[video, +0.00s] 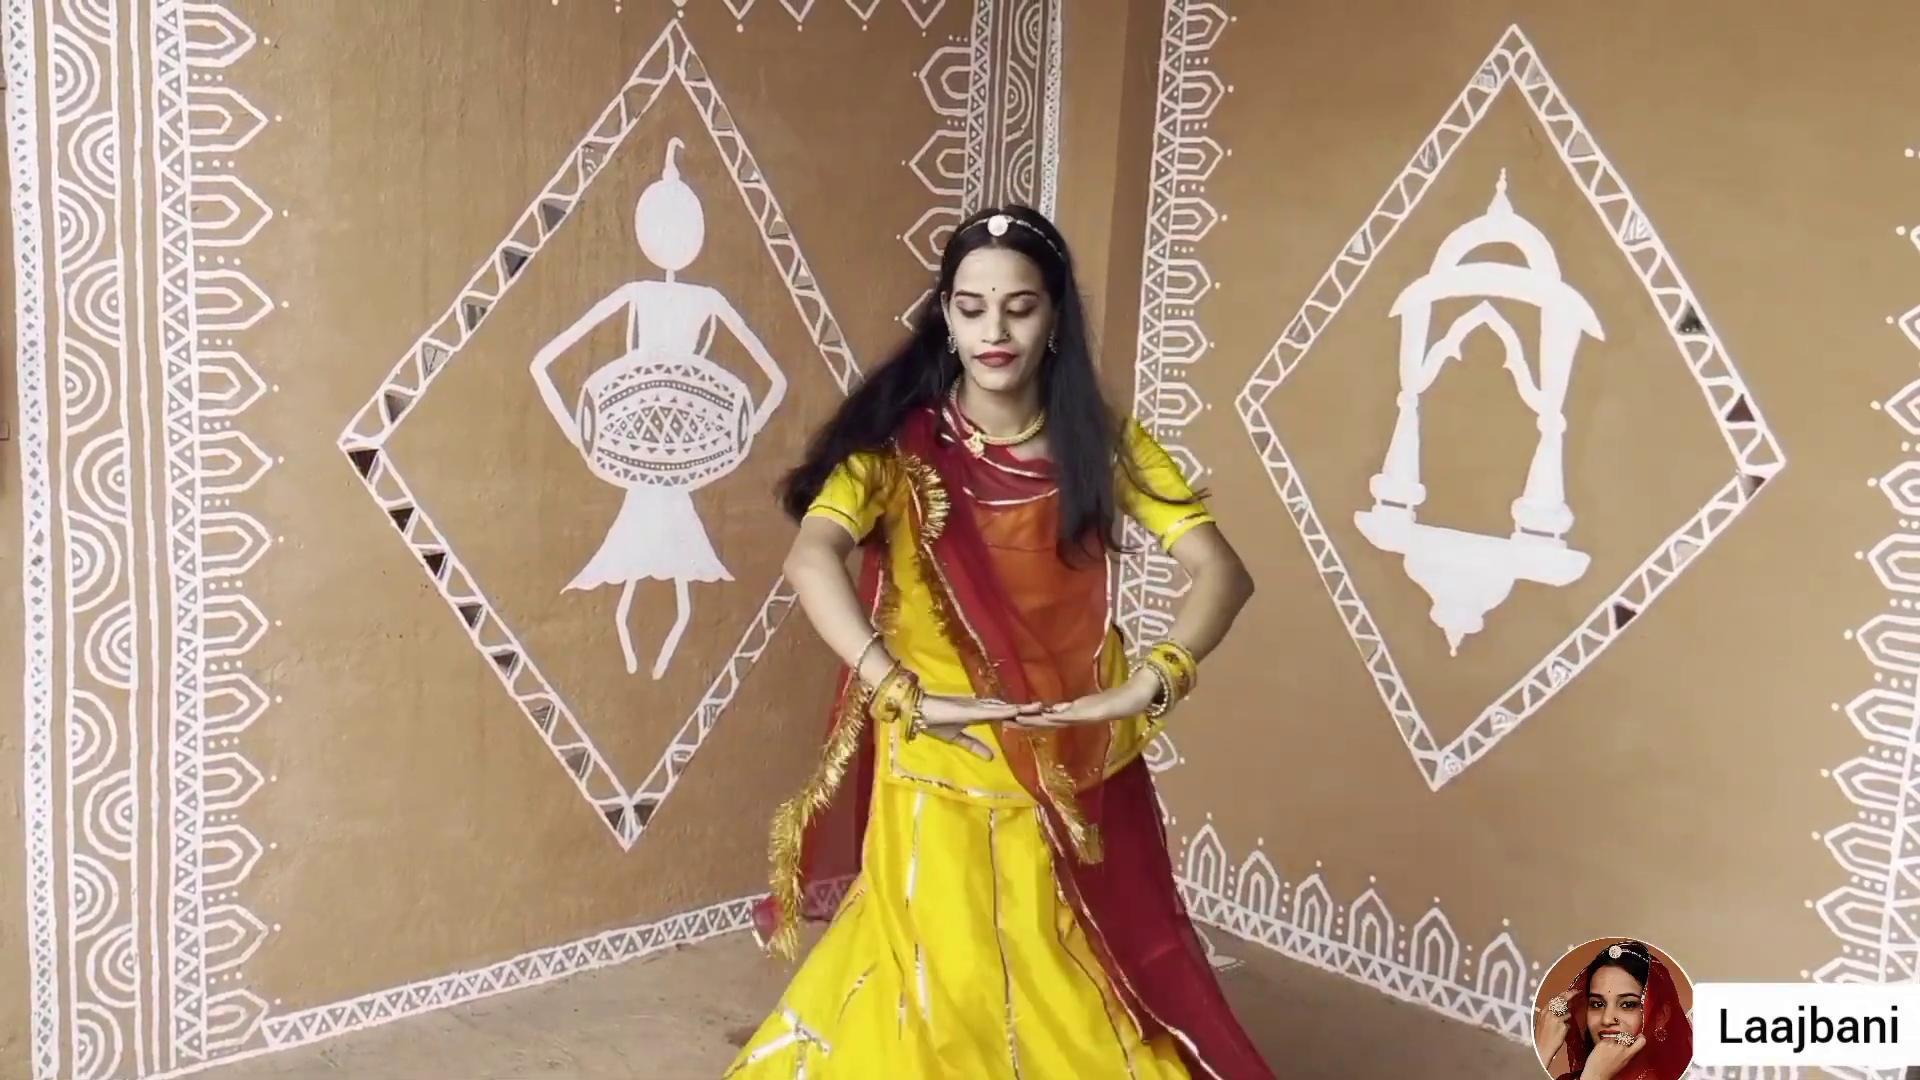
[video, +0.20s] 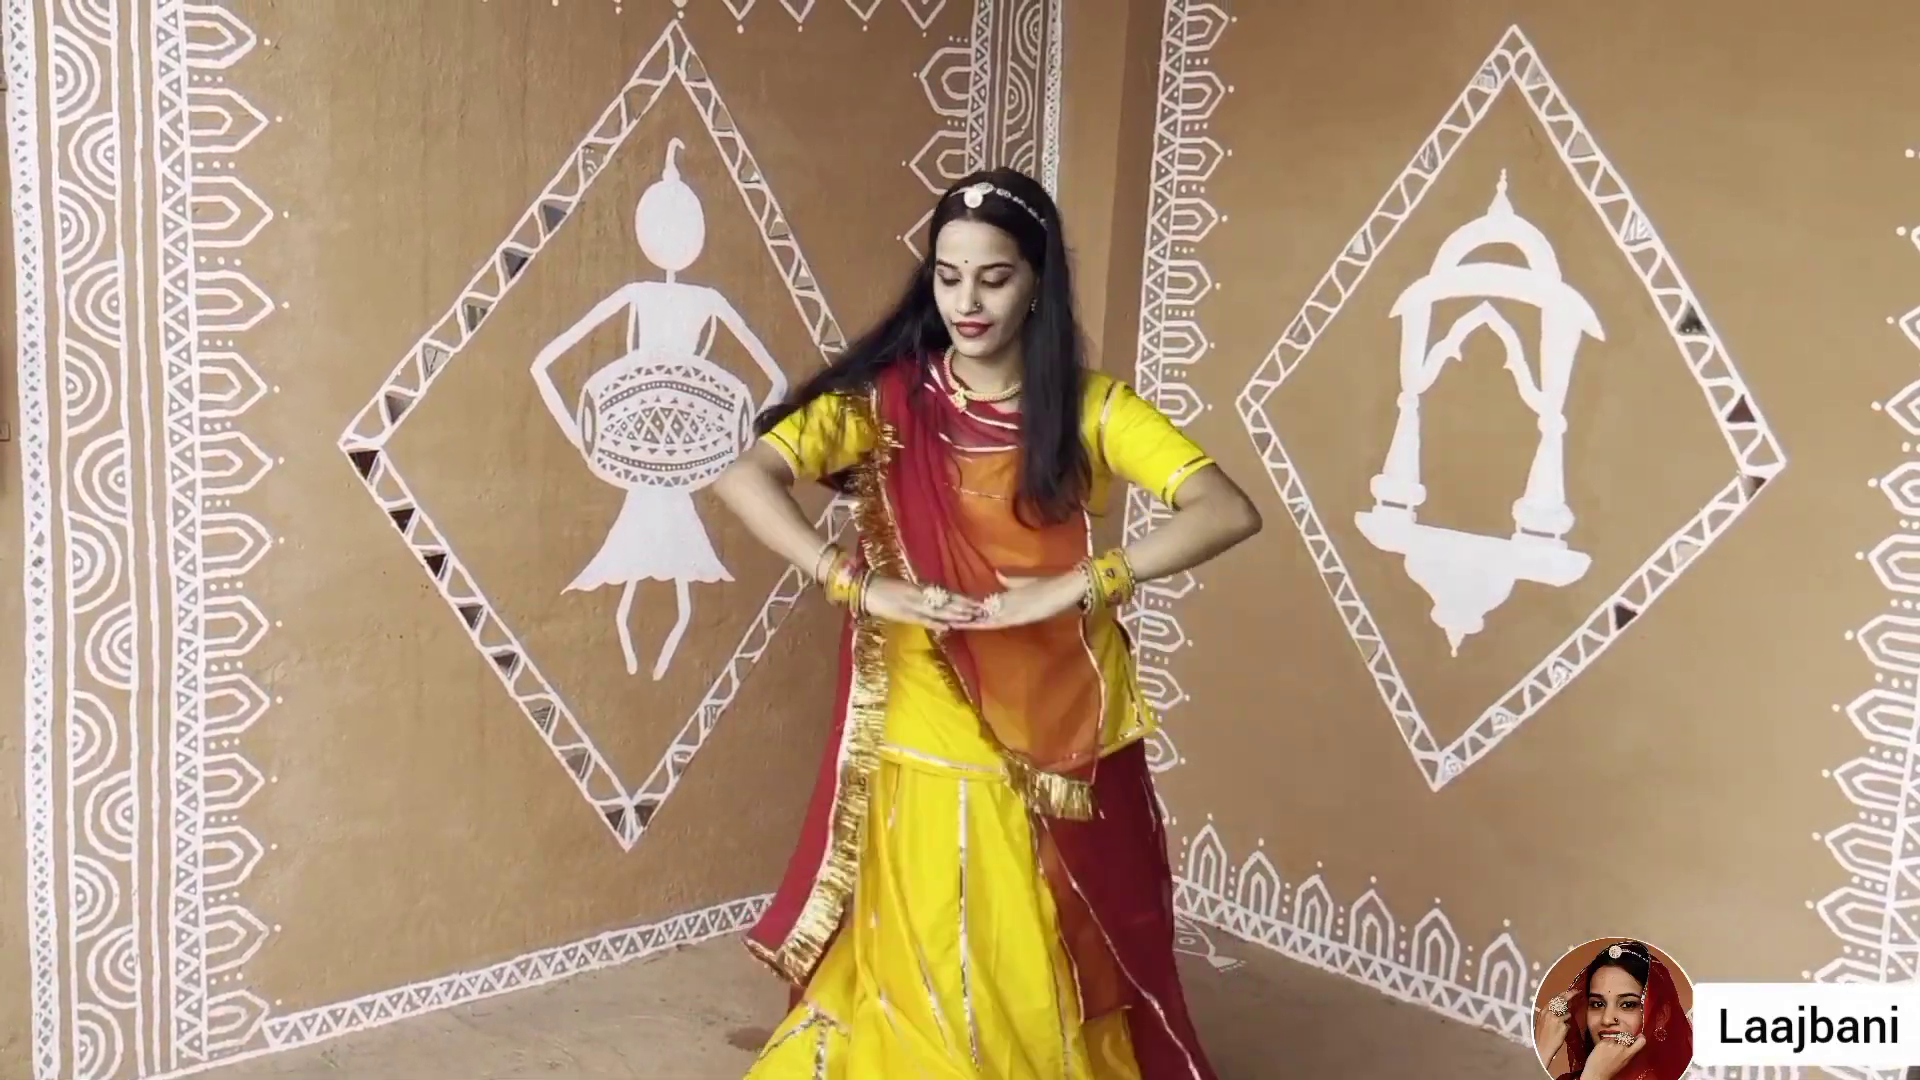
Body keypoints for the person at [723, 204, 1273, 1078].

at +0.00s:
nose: (994, 333)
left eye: (1019, 309)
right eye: (971, 309)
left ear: (1056, 316)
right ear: (946, 318)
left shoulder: (1102, 439)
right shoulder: (896, 442)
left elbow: (1221, 573)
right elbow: (811, 556)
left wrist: (1161, 674)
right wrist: (891, 682)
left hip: (1077, 769)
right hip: (939, 765)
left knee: (1090, 1010)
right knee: (950, 1005)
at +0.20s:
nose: (968, 301)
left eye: (994, 277)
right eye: (950, 277)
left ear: (1040, 282)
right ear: (930, 280)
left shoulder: (1087, 405)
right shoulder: (884, 399)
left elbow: (1226, 511)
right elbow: (742, 478)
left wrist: (1079, 585)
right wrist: (855, 585)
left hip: (1064, 728)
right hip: (924, 730)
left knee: (1063, 987)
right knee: (922, 980)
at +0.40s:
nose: (948, 269)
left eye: (972, 245)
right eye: (932, 245)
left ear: (1027, 243)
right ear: (916, 243)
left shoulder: (1070, 360)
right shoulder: (877, 349)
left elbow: (1205, 417)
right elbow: (723, 366)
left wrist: (1034, 435)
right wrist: (840, 412)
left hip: (1030, 700)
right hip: (891, 695)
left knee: (1029, 943)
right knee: (880, 931)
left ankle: (1032, 1066)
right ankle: (876, 1066)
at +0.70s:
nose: (887, 273)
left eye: (911, 253)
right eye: (879, 250)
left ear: (974, 257)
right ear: (873, 251)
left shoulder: (1011, 368)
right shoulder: (868, 358)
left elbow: (1054, 455)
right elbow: (732, 403)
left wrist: (909, 469)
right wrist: (783, 446)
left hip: (949, 702)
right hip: (845, 693)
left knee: (937, 944)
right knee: (822, 934)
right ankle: (822, 1061)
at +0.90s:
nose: (834, 285)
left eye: (859, 264)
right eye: (829, 262)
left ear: (924, 271)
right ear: (827, 264)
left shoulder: (963, 391)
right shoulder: (835, 389)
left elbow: (928, 518)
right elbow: (729, 474)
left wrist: (794, 590)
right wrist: (718, 559)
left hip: (938, 707)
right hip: (836, 700)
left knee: (888, 949)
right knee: (757, 929)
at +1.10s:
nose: (769, 279)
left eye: (795, 257)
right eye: (767, 257)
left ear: (862, 268)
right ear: (774, 267)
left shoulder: (896, 384)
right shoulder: (789, 389)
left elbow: (779, 509)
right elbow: (671, 488)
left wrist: (648, 599)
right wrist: (597, 579)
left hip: (942, 694)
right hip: (849, 699)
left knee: (907, 945)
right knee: (776, 930)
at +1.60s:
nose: (802, 292)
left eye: (823, 271)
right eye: (797, 271)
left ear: (886, 273)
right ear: (802, 276)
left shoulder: (927, 380)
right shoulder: (824, 391)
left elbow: (849, 483)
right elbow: (727, 473)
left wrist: (739, 567)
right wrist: (695, 543)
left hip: (954, 679)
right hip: (852, 676)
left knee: (920, 910)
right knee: (785, 898)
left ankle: (914, 1068)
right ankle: (765, 1063)